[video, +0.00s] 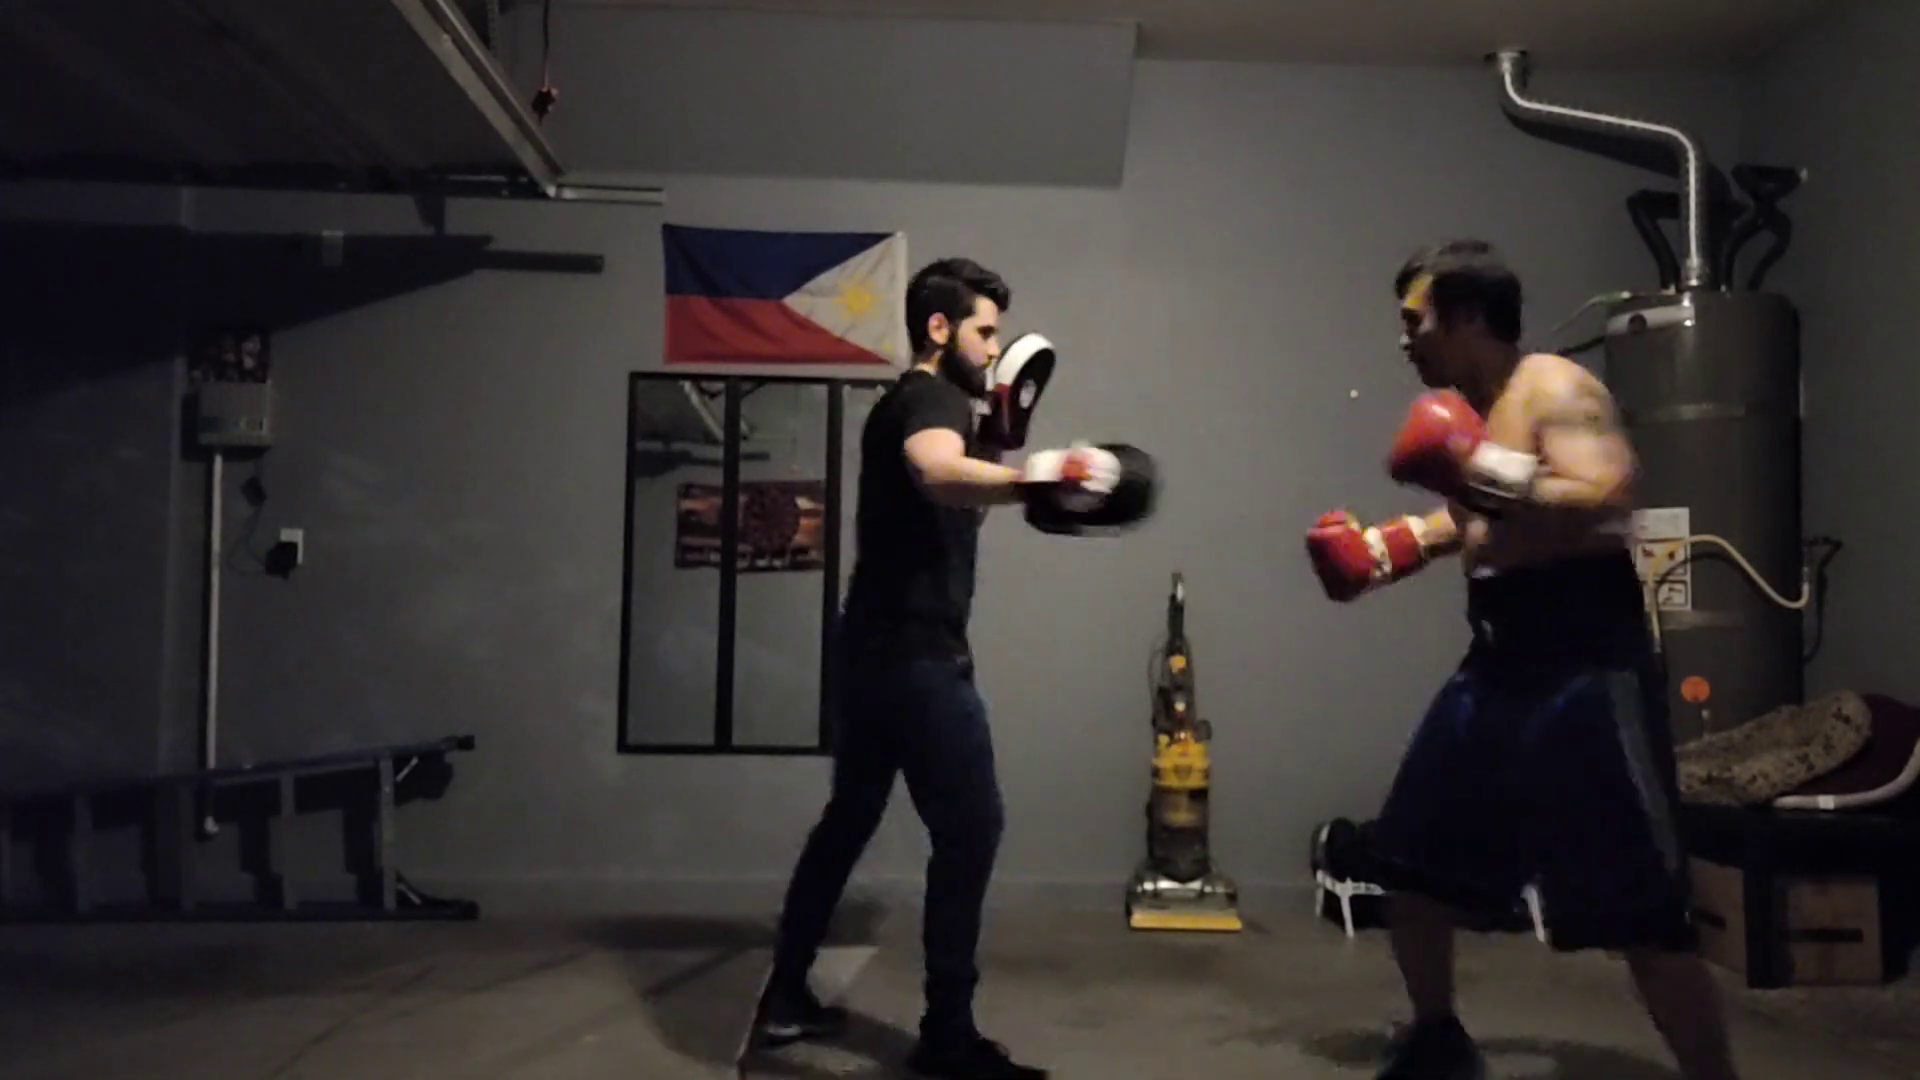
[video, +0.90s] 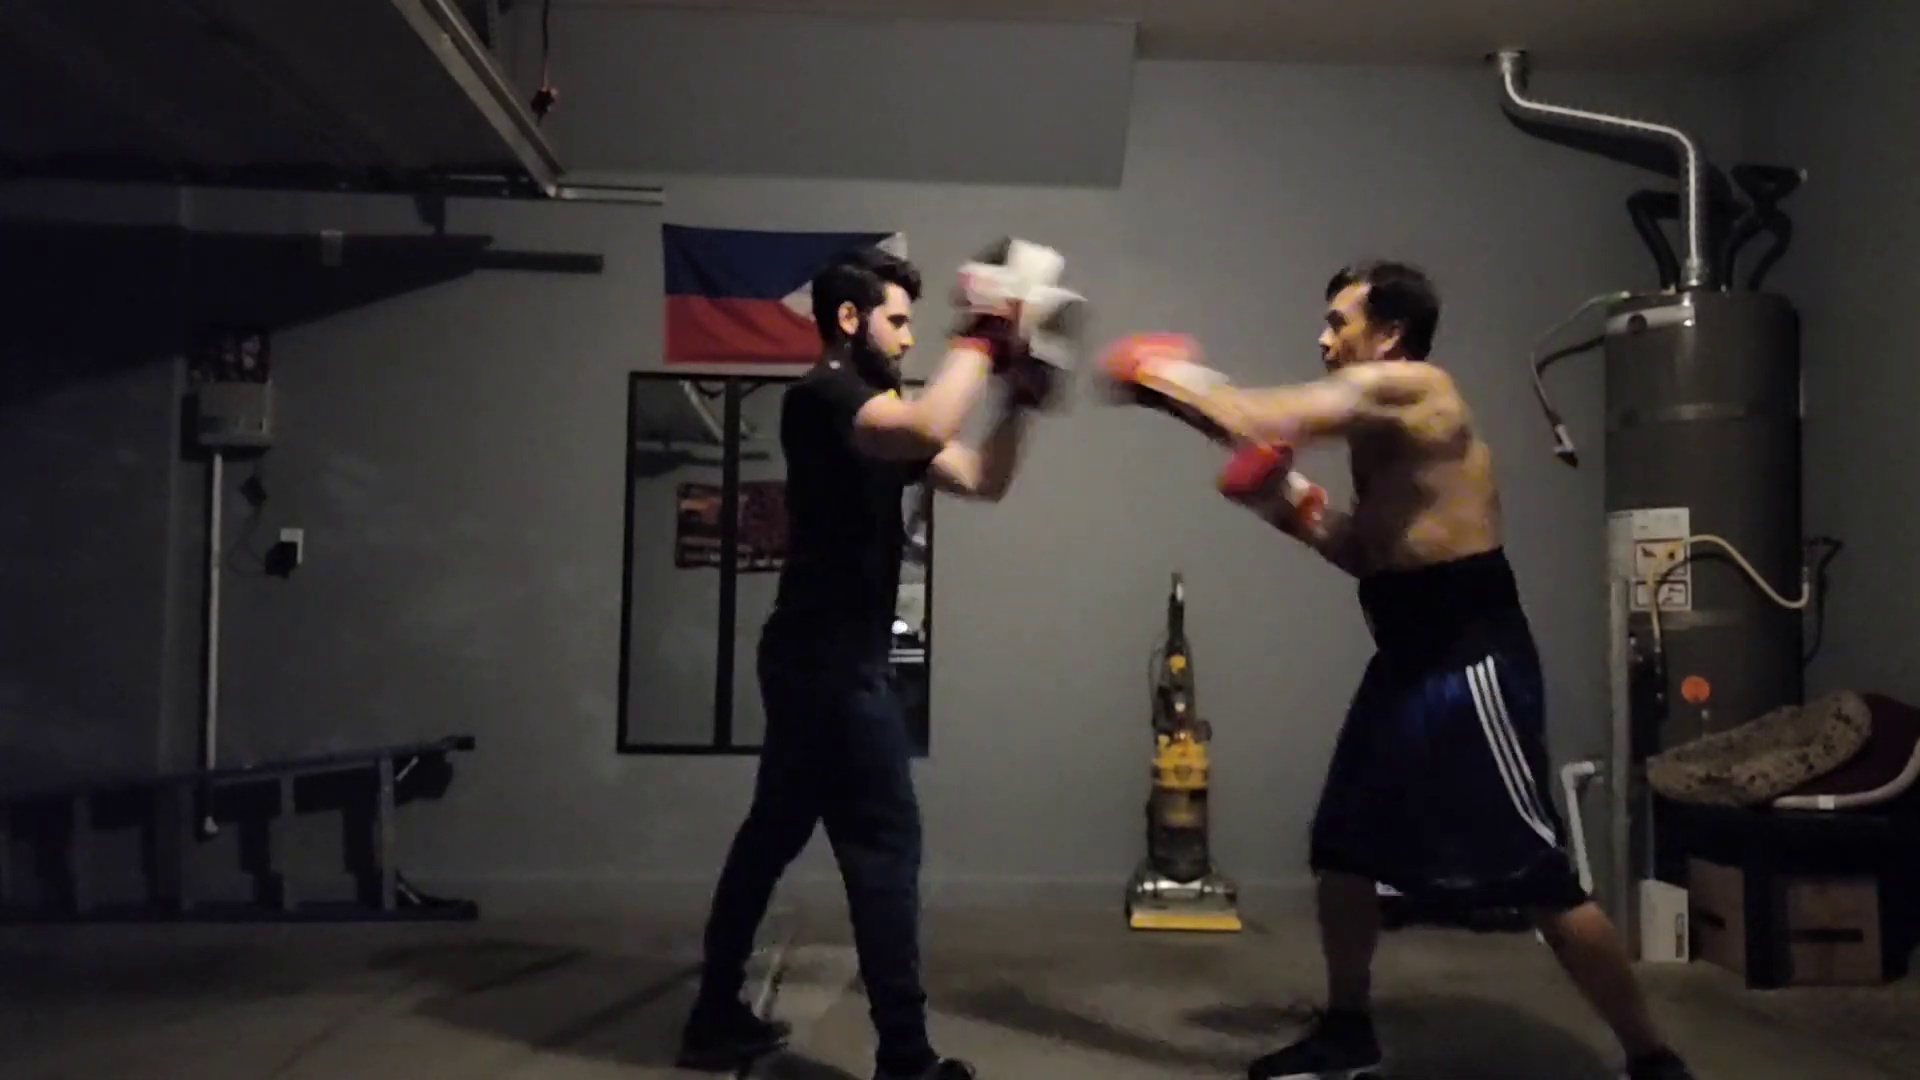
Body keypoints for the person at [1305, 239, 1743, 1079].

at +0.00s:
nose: (1406, 341)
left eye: (1418, 323)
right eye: (1403, 325)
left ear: (1472, 322)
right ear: (1464, 327)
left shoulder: (1554, 383)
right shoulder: (1475, 419)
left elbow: (1607, 488)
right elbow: (1481, 519)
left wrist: (1484, 474)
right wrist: (1386, 547)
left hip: (1590, 677)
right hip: (1498, 674)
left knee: (1643, 903)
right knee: (1411, 856)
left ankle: (1711, 1071)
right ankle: (1437, 1037)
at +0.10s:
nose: (1415, 335)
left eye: (1426, 317)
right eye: (1413, 318)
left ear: (1483, 320)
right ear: (1478, 321)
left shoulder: (1585, 388)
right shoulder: (1459, 407)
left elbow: (1655, 515)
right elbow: (1428, 494)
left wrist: (1526, 493)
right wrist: (1313, 513)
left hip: (1591, 675)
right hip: (1485, 670)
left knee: (1644, 898)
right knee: (1407, 852)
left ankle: (1715, 1074)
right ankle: (1412, 1023)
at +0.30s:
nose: (1387, 356)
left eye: (1399, 339)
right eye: (1387, 340)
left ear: (1451, 345)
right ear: (1443, 348)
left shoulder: (1537, 417)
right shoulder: (1414, 445)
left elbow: (1581, 536)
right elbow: (1349, 552)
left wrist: (1470, 494)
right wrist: (1308, 522)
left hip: (1554, 681)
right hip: (1467, 682)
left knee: (1612, 908)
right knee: (1394, 864)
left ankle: (1706, 1069)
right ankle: (1404, 1039)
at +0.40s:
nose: (1363, 340)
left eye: (1376, 325)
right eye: (1365, 325)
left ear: (1425, 333)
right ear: (1417, 335)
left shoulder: (1474, 392)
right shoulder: (1428, 421)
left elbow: (1459, 490)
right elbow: (1429, 565)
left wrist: (1353, 431)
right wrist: (1351, 544)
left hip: (1523, 662)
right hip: (1461, 667)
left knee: (1600, 902)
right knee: (1405, 859)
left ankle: (1710, 1069)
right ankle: (1403, 1038)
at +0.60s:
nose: (1365, 341)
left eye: (1377, 325)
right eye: (1365, 326)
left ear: (1430, 332)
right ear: (1423, 335)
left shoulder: (1471, 394)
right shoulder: (1427, 409)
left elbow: (1362, 498)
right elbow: (1359, 520)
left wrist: (1262, 439)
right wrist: (1328, 442)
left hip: (1502, 653)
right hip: (1440, 654)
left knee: (1561, 885)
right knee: (1370, 851)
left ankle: (1673, 1068)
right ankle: (1396, 1029)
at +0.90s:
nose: (1325, 337)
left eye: (1340, 322)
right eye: (1327, 324)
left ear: (1391, 331)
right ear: (1381, 336)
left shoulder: (1414, 385)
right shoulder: (1379, 415)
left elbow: (1264, 420)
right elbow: (1375, 553)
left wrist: (1177, 380)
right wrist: (1293, 508)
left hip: (1473, 650)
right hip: (1407, 655)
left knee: (1543, 877)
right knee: (1342, 850)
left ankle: (1652, 1059)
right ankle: (1347, 1032)